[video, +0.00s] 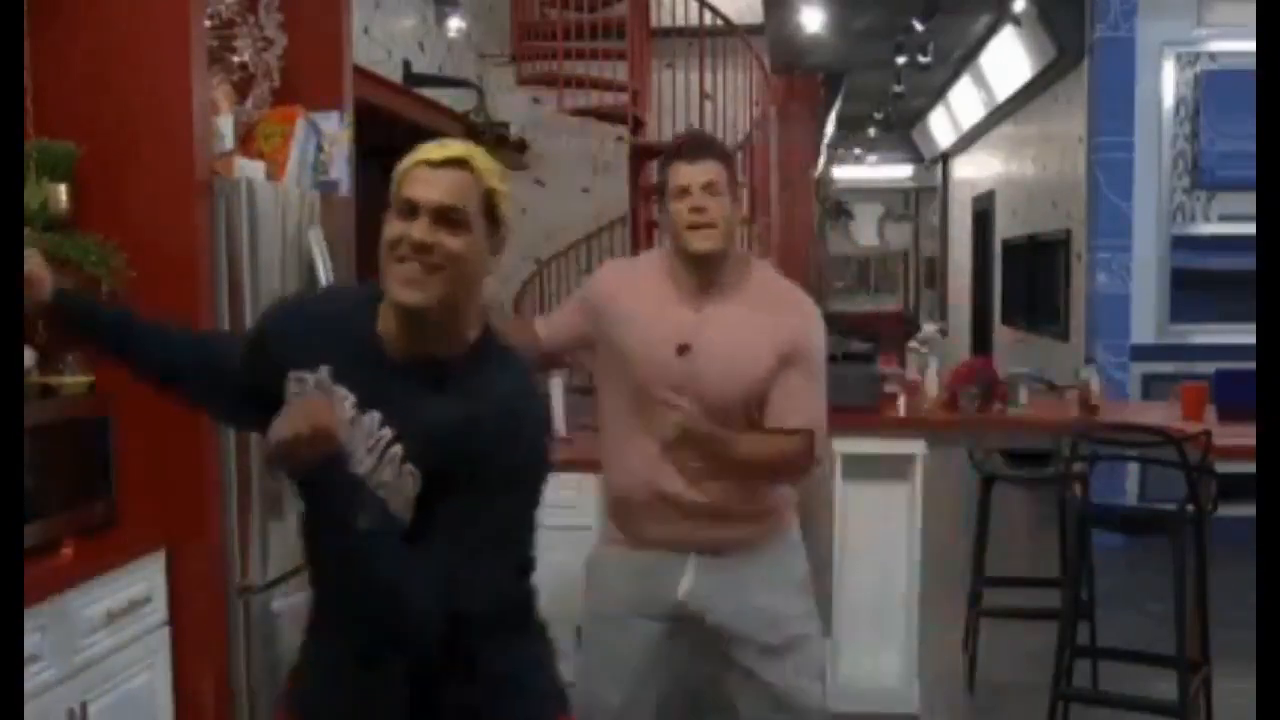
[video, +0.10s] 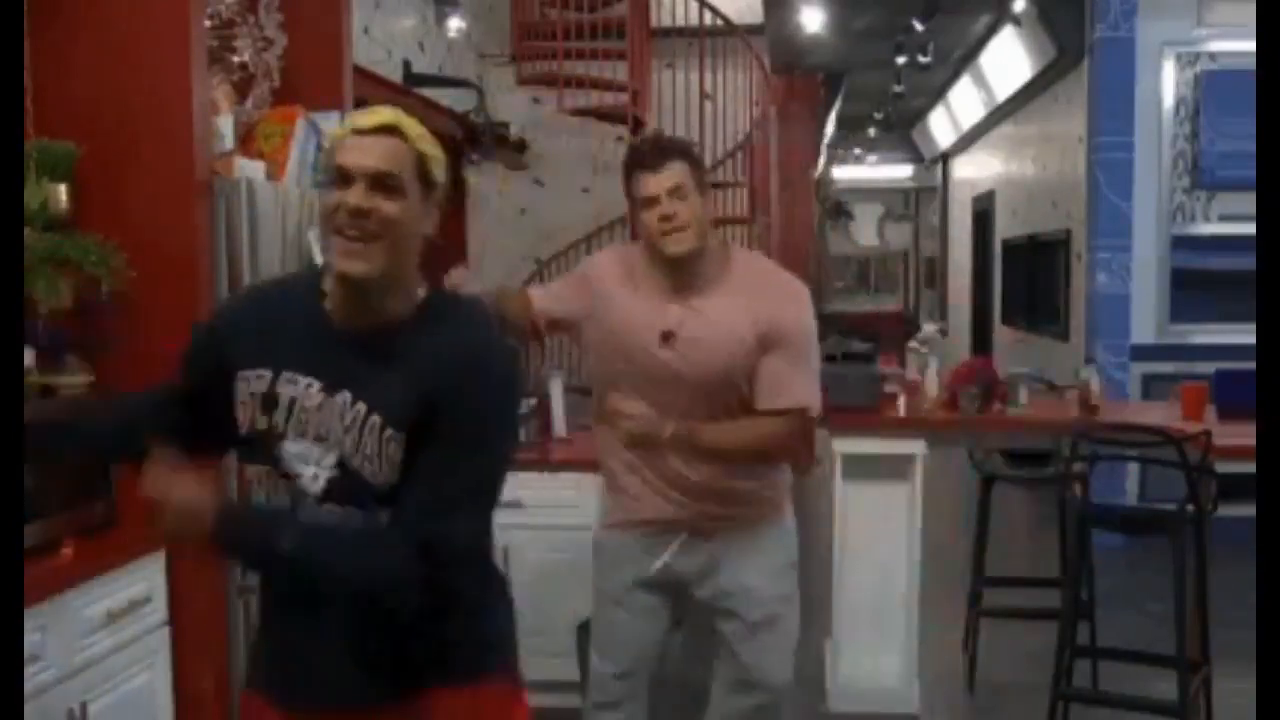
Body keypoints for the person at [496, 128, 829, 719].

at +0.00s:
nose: (698, 206)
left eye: (712, 192)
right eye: (682, 195)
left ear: (739, 207)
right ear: (662, 212)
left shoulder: (790, 311)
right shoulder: (616, 287)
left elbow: (796, 450)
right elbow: (534, 344)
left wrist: (713, 440)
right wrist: (475, 321)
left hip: (757, 562)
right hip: (635, 558)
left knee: (797, 707)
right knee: (610, 710)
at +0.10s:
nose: (667, 212)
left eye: (679, 195)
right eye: (649, 203)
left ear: (706, 200)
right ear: (633, 217)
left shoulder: (778, 294)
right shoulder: (607, 277)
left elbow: (788, 430)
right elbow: (526, 308)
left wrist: (672, 431)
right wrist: (475, 301)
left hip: (748, 533)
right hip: (635, 531)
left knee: (761, 691)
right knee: (613, 694)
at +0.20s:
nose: (654, 230)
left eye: (666, 214)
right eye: (638, 221)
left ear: (697, 218)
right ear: (624, 235)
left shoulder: (774, 308)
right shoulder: (599, 301)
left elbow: (791, 440)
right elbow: (514, 340)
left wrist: (675, 469)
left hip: (748, 537)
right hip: (635, 535)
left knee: (781, 688)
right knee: (610, 694)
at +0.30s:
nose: (660, 240)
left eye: (672, 224)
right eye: (643, 231)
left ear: (699, 231)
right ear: (629, 247)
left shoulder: (775, 318)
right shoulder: (602, 328)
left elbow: (794, 446)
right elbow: (523, 386)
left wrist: (712, 524)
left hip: (757, 531)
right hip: (641, 532)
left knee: (813, 683)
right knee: (607, 697)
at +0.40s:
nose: (703, 212)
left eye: (716, 199)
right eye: (687, 201)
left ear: (741, 212)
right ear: (665, 220)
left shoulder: (806, 288)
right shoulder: (632, 314)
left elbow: (855, 390)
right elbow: (599, 429)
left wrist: (836, 502)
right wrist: (548, 514)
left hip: (784, 529)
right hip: (666, 536)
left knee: (865, 683)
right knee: (628, 690)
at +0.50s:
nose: (731, 196)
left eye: (746, 184)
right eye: (717, 184)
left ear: (767, 195)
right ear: (697, 198)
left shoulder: (828, 263)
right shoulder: (657, 295)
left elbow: (901, 348)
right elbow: (641, 417)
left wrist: (906, 455)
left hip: (817, 512)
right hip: (701, 518)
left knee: (880, 679)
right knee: (655, 689)